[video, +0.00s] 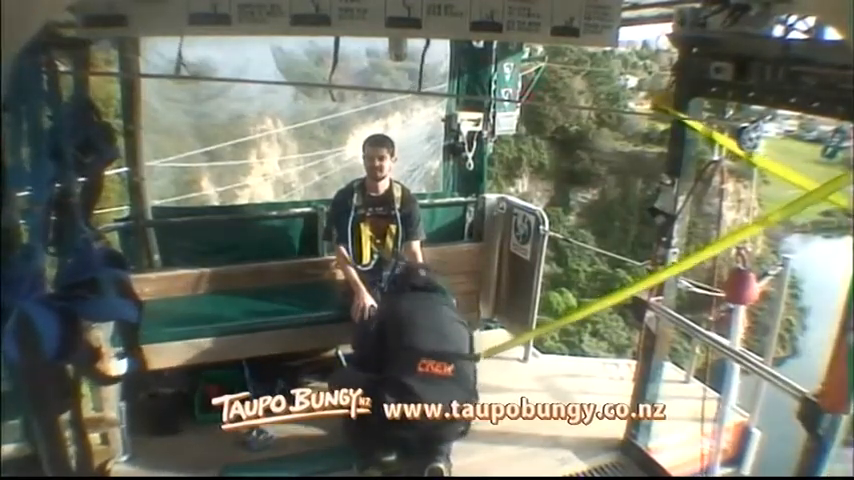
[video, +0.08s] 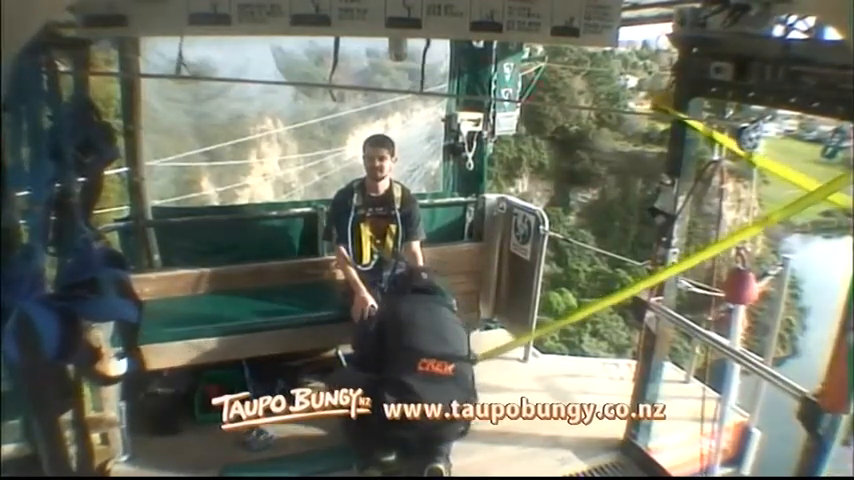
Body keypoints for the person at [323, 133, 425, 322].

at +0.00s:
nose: (375, 164)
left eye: (381, 158)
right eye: (369, 159)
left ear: (393, 160)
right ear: (363, 160)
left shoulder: (405, 199)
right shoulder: (345, 198)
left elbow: (414, 249)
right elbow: (341, 251)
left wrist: (421, 288)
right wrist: (360, 291)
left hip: (398, 278)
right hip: (362, 279)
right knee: (369, 316)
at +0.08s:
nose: (375, 165)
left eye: (381, 159)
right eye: (369, 159)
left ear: (393, 160)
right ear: (363, 160)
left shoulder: (405, 199)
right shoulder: (345, 198)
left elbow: (413, 249)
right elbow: (341, 253)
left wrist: (420, 288)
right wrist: (360, 292)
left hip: (398, 277)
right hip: (362, 279)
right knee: (369, 317)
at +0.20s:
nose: (376, 165)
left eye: (382, 159)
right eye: (370, 159)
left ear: (394, 161)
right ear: (363, 160)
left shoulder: (405, 198)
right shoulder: (345, 198)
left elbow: (414, 248)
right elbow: (341, 253)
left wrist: (421, 288)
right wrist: (360, 291)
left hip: (398, 277)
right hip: (362, 278)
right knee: (369, 316)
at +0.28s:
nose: (376, 165)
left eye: (382, 159)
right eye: (370, 159)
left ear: (394, 161)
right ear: (364, 161)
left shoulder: (405, 198)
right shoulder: (345, 198)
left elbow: (414, 248)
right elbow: (341, 253)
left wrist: (423, 287)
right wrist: (360, 292)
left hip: (398, 277)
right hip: (362, 279)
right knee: (369, 316)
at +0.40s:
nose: (376, 164)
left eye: (382, 158)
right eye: (370, 159)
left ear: (394, 161)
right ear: (364, 160)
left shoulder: (405, 198)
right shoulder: (345, 199)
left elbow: (414, 248)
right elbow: (341, 252)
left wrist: (423, 287)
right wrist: (360, 291)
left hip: (398, 278)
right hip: (362, 280)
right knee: (370, 316)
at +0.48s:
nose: (376, 165)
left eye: (382, 159)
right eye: (370, 159)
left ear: (394, 161)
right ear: (363, 161)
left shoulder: (405, 198)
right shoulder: (345, 199)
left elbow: (414, 249)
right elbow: (342, 253)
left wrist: (421, 288)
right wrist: (360, 291)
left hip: (398, 278)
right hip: (362, 280)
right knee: (370, 315)